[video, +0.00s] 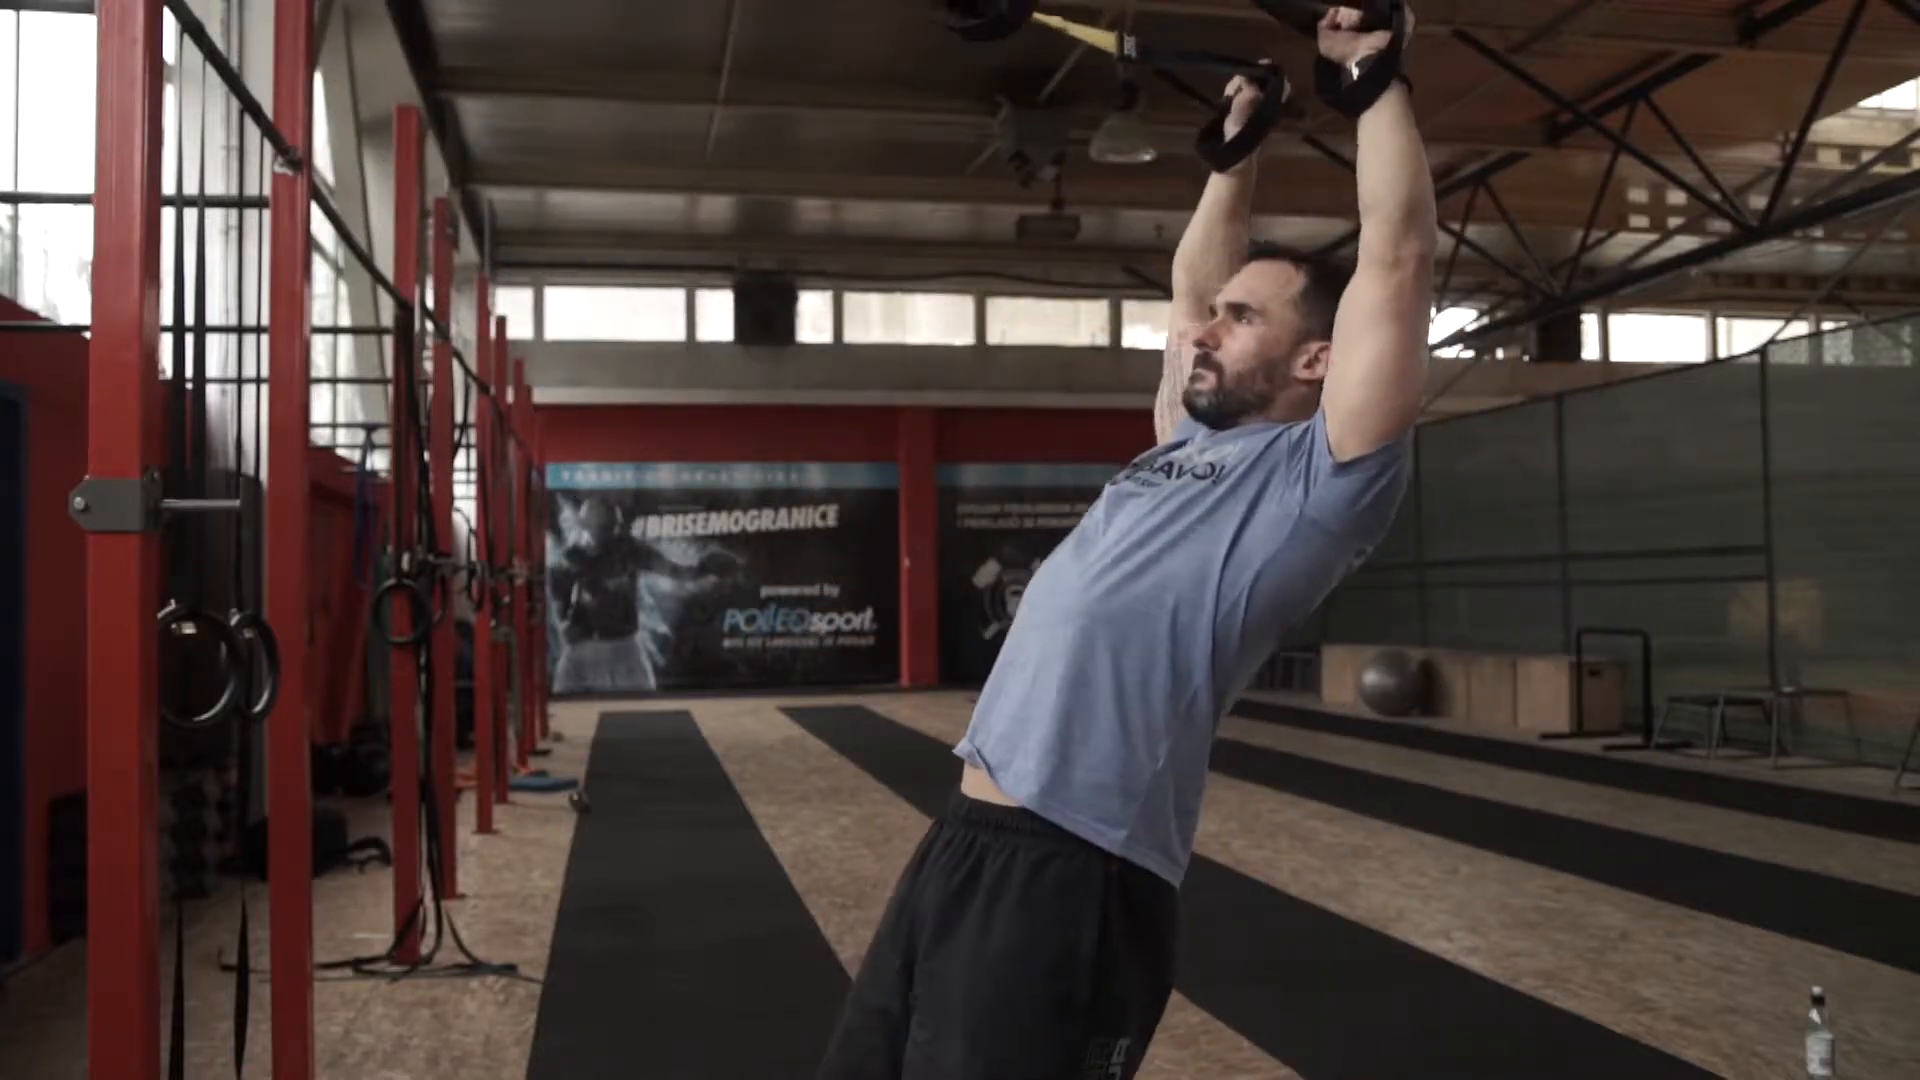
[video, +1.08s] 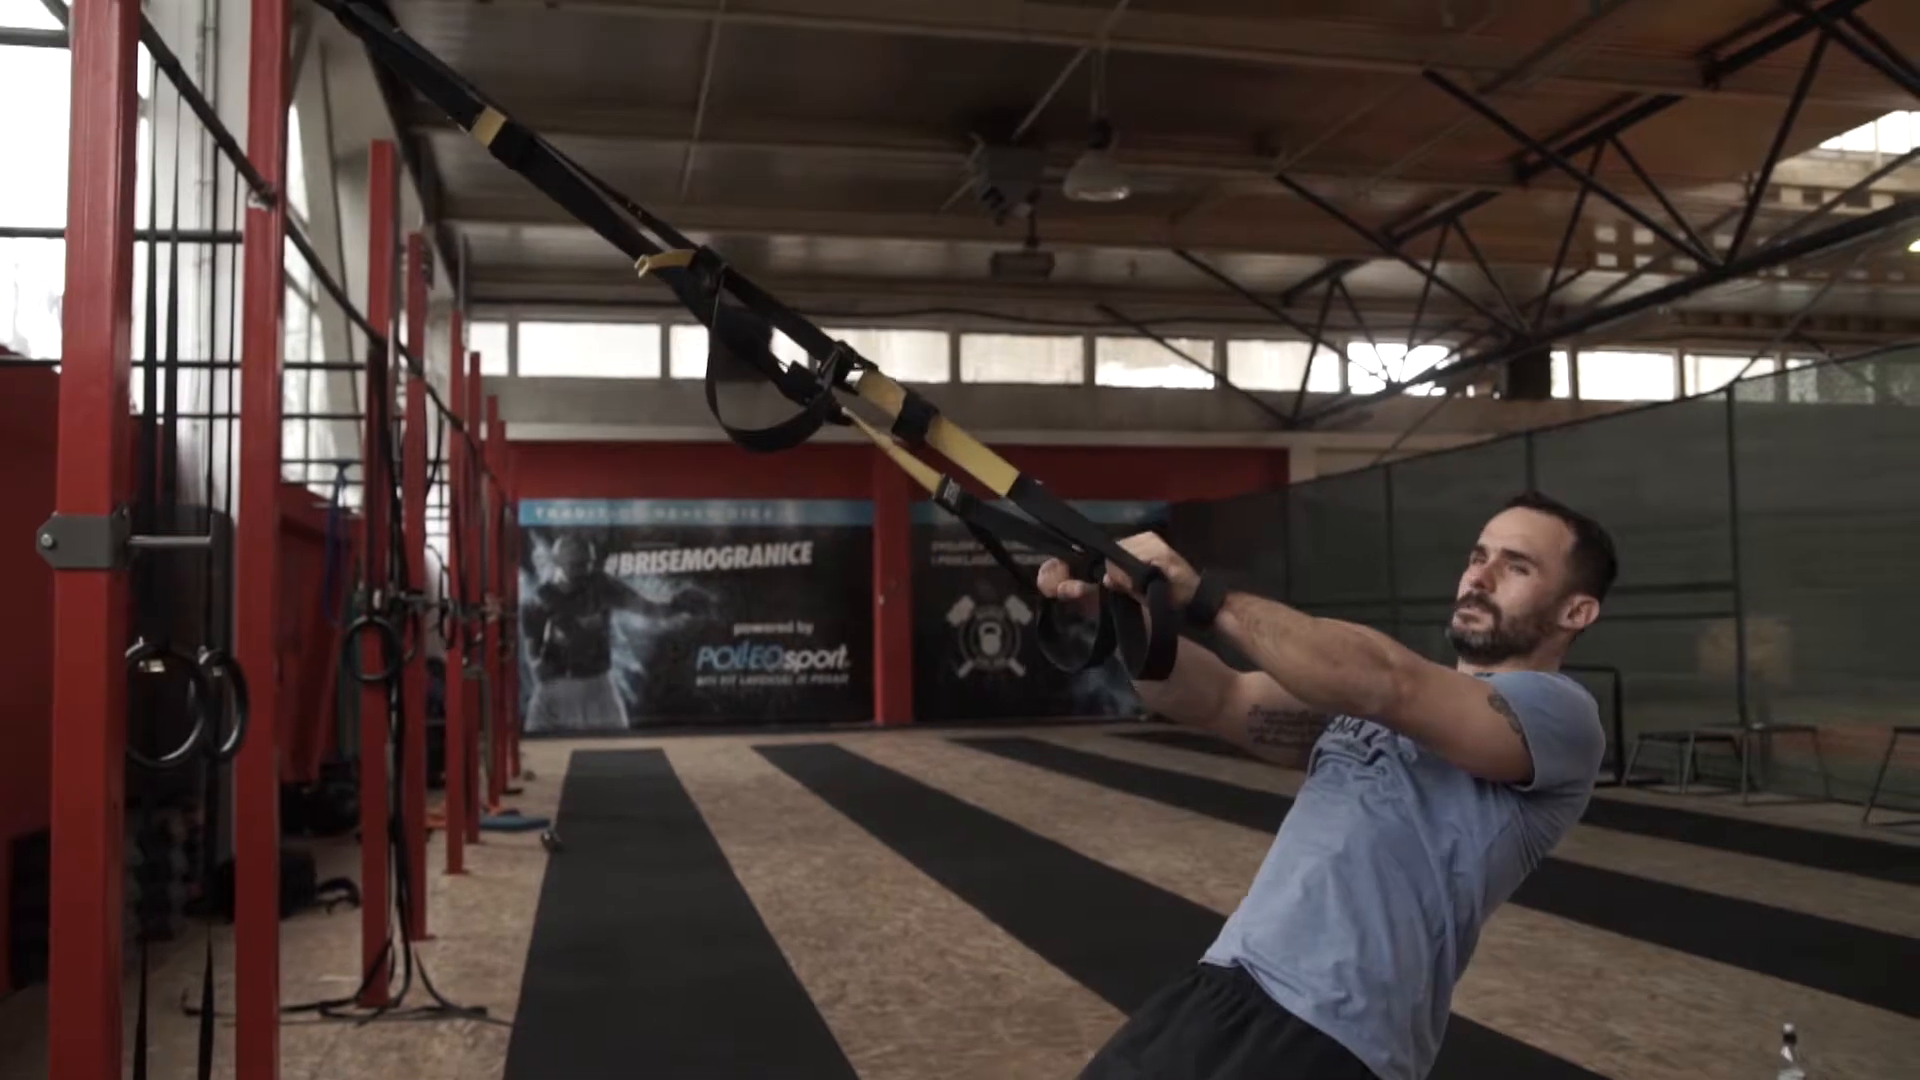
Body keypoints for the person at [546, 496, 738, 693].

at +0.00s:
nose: (601, 530)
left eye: (606, 522)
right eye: (594, 523)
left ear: (615, 521)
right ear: (583, 523)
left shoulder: (629, 549)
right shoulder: (572, 558)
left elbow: (673, 571)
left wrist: (703, 572)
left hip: (625, 649)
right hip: (581, 651)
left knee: (637, 716)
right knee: (573, 719)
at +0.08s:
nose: (602, 529)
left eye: (607, 521)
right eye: (594, 523)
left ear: (615, 520)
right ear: (583, 523)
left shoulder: (629, 549)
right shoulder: (571, 558)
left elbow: (673, 571)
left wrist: (703, 571)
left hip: (625, 649)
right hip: (581, 652)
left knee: (637, 717)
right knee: (573, 719)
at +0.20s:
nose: (600, 527)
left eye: (605, 520)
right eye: (594, 521)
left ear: (615, 520)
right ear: (583, 523)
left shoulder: (629, 549)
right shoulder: (573, 557)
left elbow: (672, 571)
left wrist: (702, 571)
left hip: (625, 647)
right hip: (581, 649)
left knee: (637, 714)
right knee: (573, 717)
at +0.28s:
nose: (600, 527)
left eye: (605, 520)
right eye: (594, 521)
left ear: (615, 520)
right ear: (583, 523)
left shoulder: (629, 549)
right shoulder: (573, 557)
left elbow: (672, 571)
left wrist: (702, 571)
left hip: (625, 647)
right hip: (581, 649)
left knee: (637, 714)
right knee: (573, 717)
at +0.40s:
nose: (601, 529)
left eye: (606, 521)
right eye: (594, 523)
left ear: (615, 520)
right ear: (583, 523)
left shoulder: (629, 549)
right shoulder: (572, 558)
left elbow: (672, 571)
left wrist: (702, 572)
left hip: (625, 648)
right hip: (581, 650)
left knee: (637, 716)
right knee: (573, 718)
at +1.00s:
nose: (583, 549)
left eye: (588, 542)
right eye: (577, 543)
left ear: (595, 540)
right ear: (563, 542)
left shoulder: (607, 566)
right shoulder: (549, 576)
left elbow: (651, 589)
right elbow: (539, 635)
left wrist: (680, 588)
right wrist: (551, 619)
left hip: (603, 669)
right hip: (558, 672)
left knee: (614, 740)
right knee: (549, 741)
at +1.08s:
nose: (580, 571)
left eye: (583, 564)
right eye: (573, 565)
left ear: (590, 561)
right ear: (558, 563)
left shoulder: (601, 586)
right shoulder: (541, 599)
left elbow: (645, 609)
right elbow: (534, 656)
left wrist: (675, 607)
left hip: (599, 689)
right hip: (553, 692)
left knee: (612, 759)